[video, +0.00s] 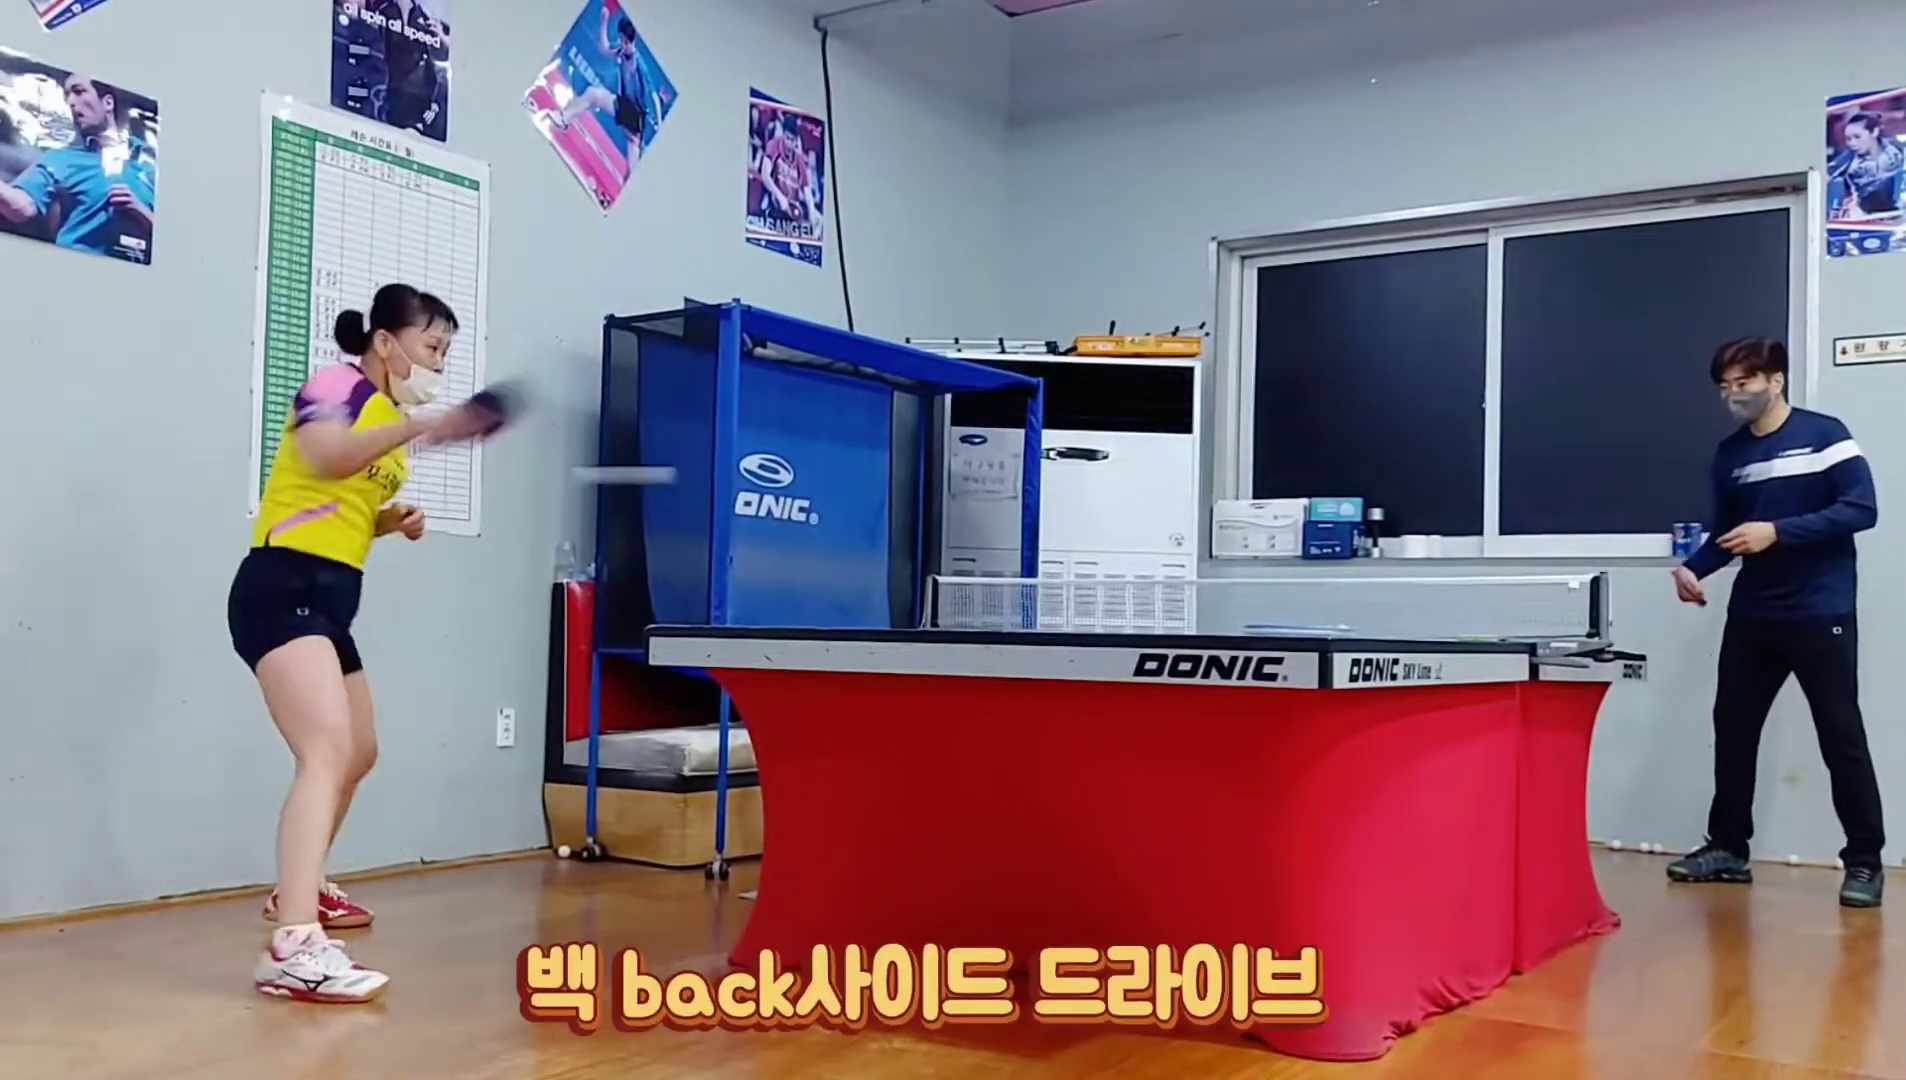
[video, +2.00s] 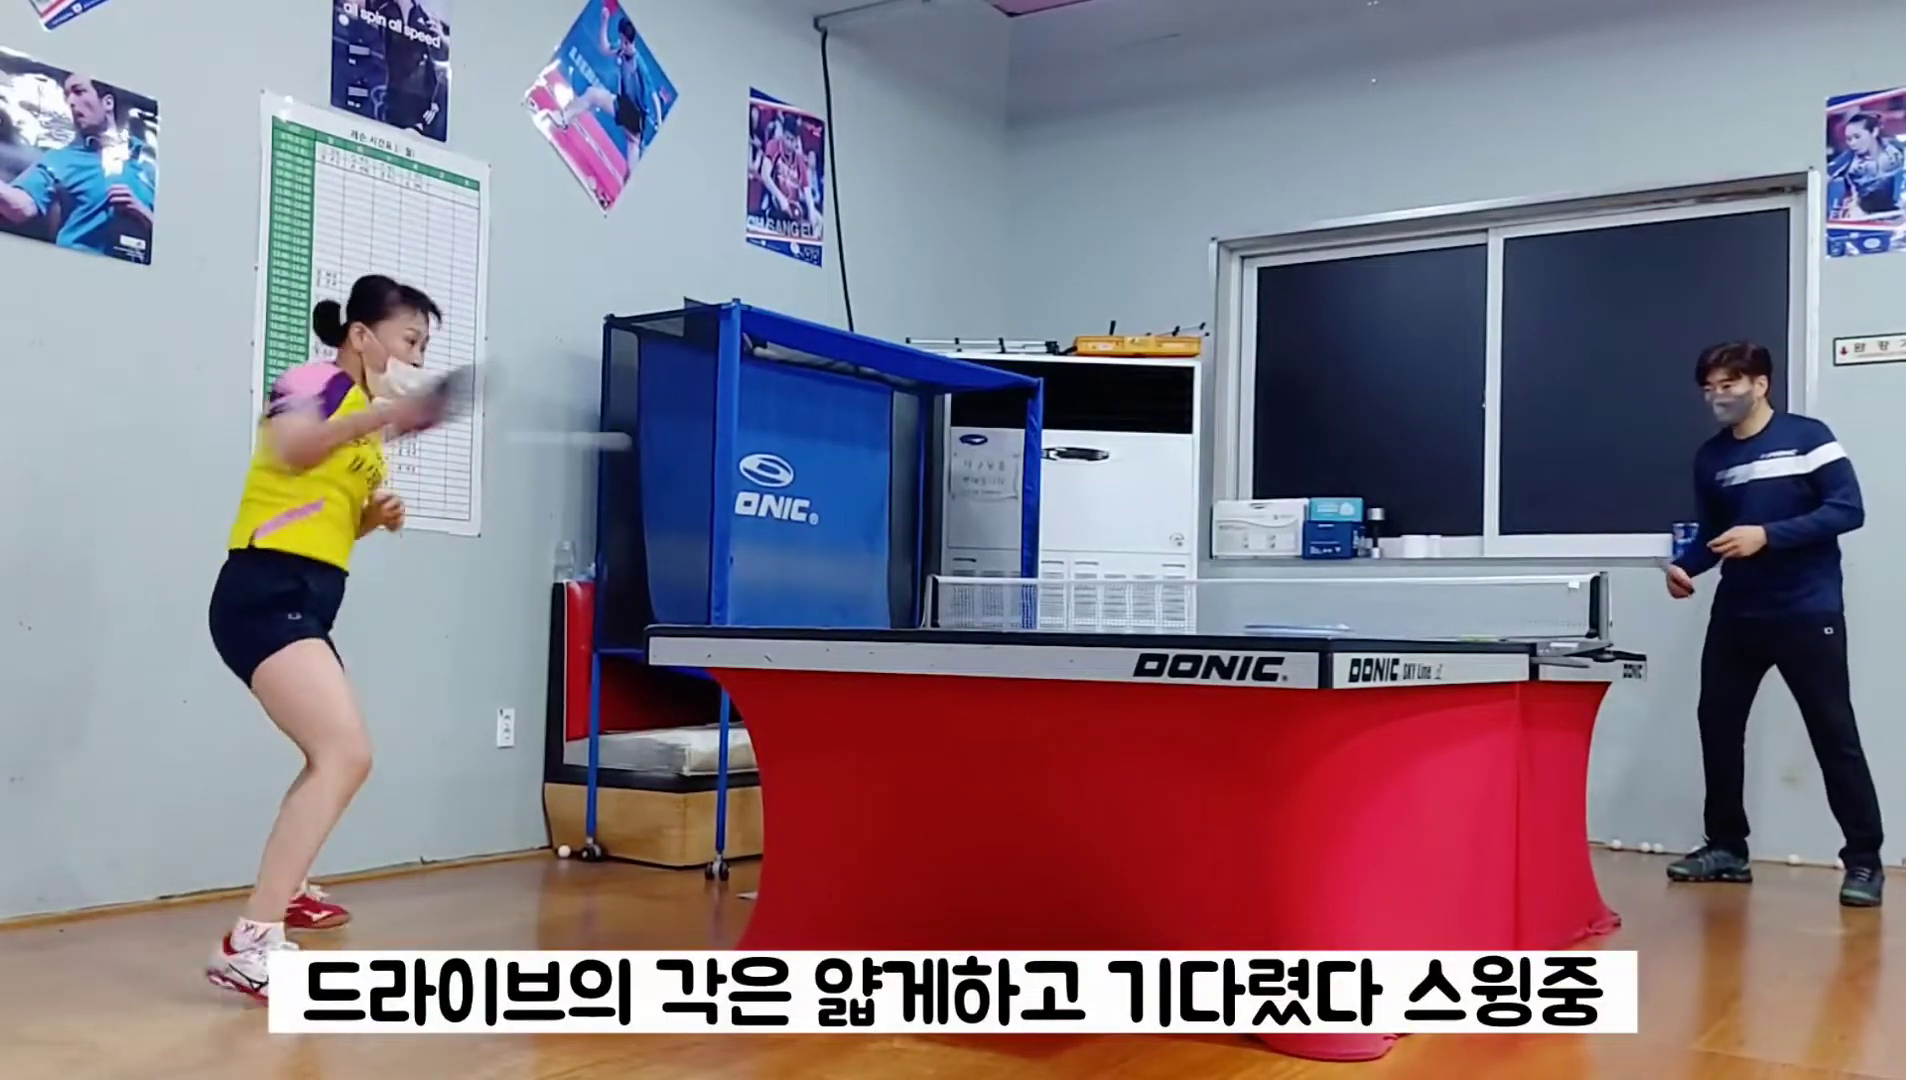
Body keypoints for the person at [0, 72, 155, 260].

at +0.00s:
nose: (70, 101)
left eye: (80, 91)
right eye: (67, 96)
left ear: (108, 103)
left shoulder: (149, 161)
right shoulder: (60, 159)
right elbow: (21, 207)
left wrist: (143, 212)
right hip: (75, 262)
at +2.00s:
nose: (71, 101)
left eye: (79, 91)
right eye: (67, 96)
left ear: (108, 102)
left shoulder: (150, 161)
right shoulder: (61, 159)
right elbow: (20, 208)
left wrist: (143, 212)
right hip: (74, 261)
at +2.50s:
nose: (71, 101)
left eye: (80, 91)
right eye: (67, 96)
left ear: (108, 103)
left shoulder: (149, 161)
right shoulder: (61, 159)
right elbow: (20, 208)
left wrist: (143, 212)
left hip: (134, 270)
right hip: (74, 262)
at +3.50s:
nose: (70, 101)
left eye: (79, 91)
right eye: (67, 96)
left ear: (108, 103)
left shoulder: (149, 162)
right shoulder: (59, 159)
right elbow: (19, 207)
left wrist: (143, 213)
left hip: (134, 270)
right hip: (74, 260)